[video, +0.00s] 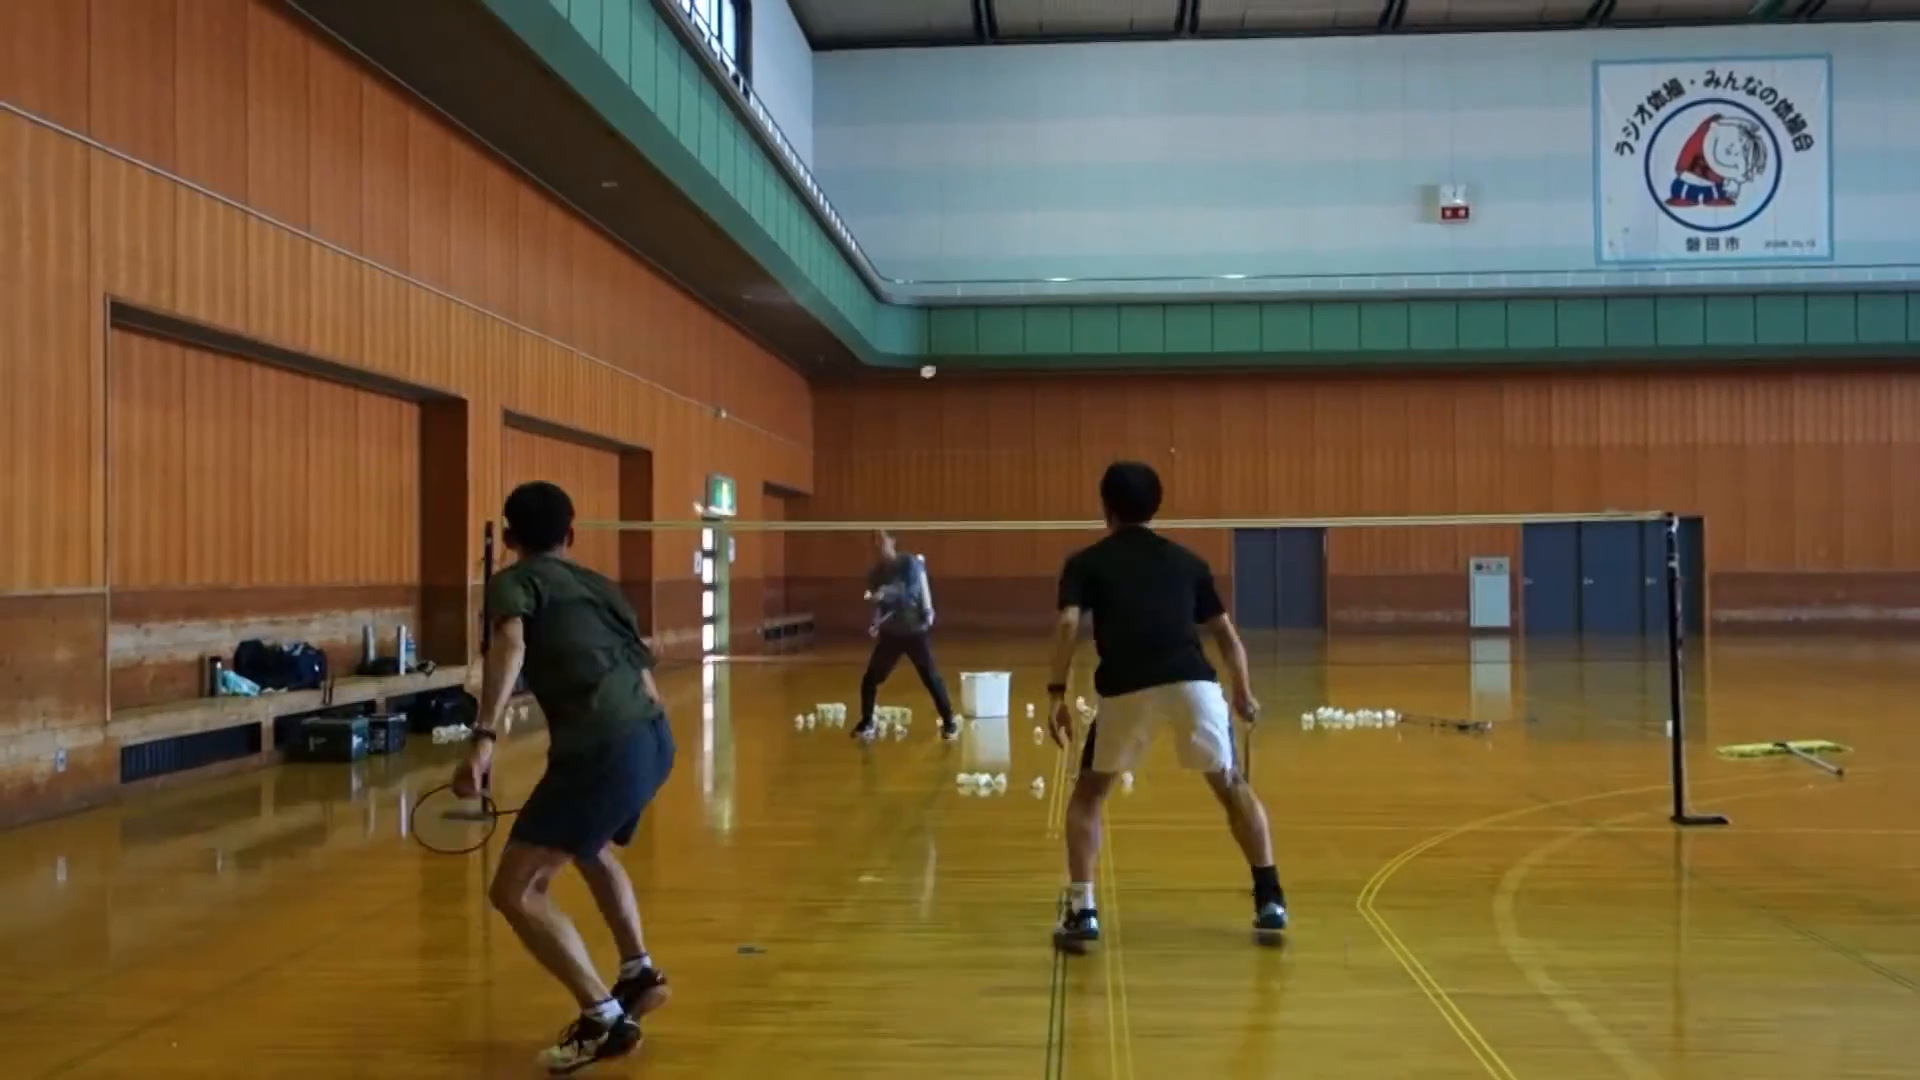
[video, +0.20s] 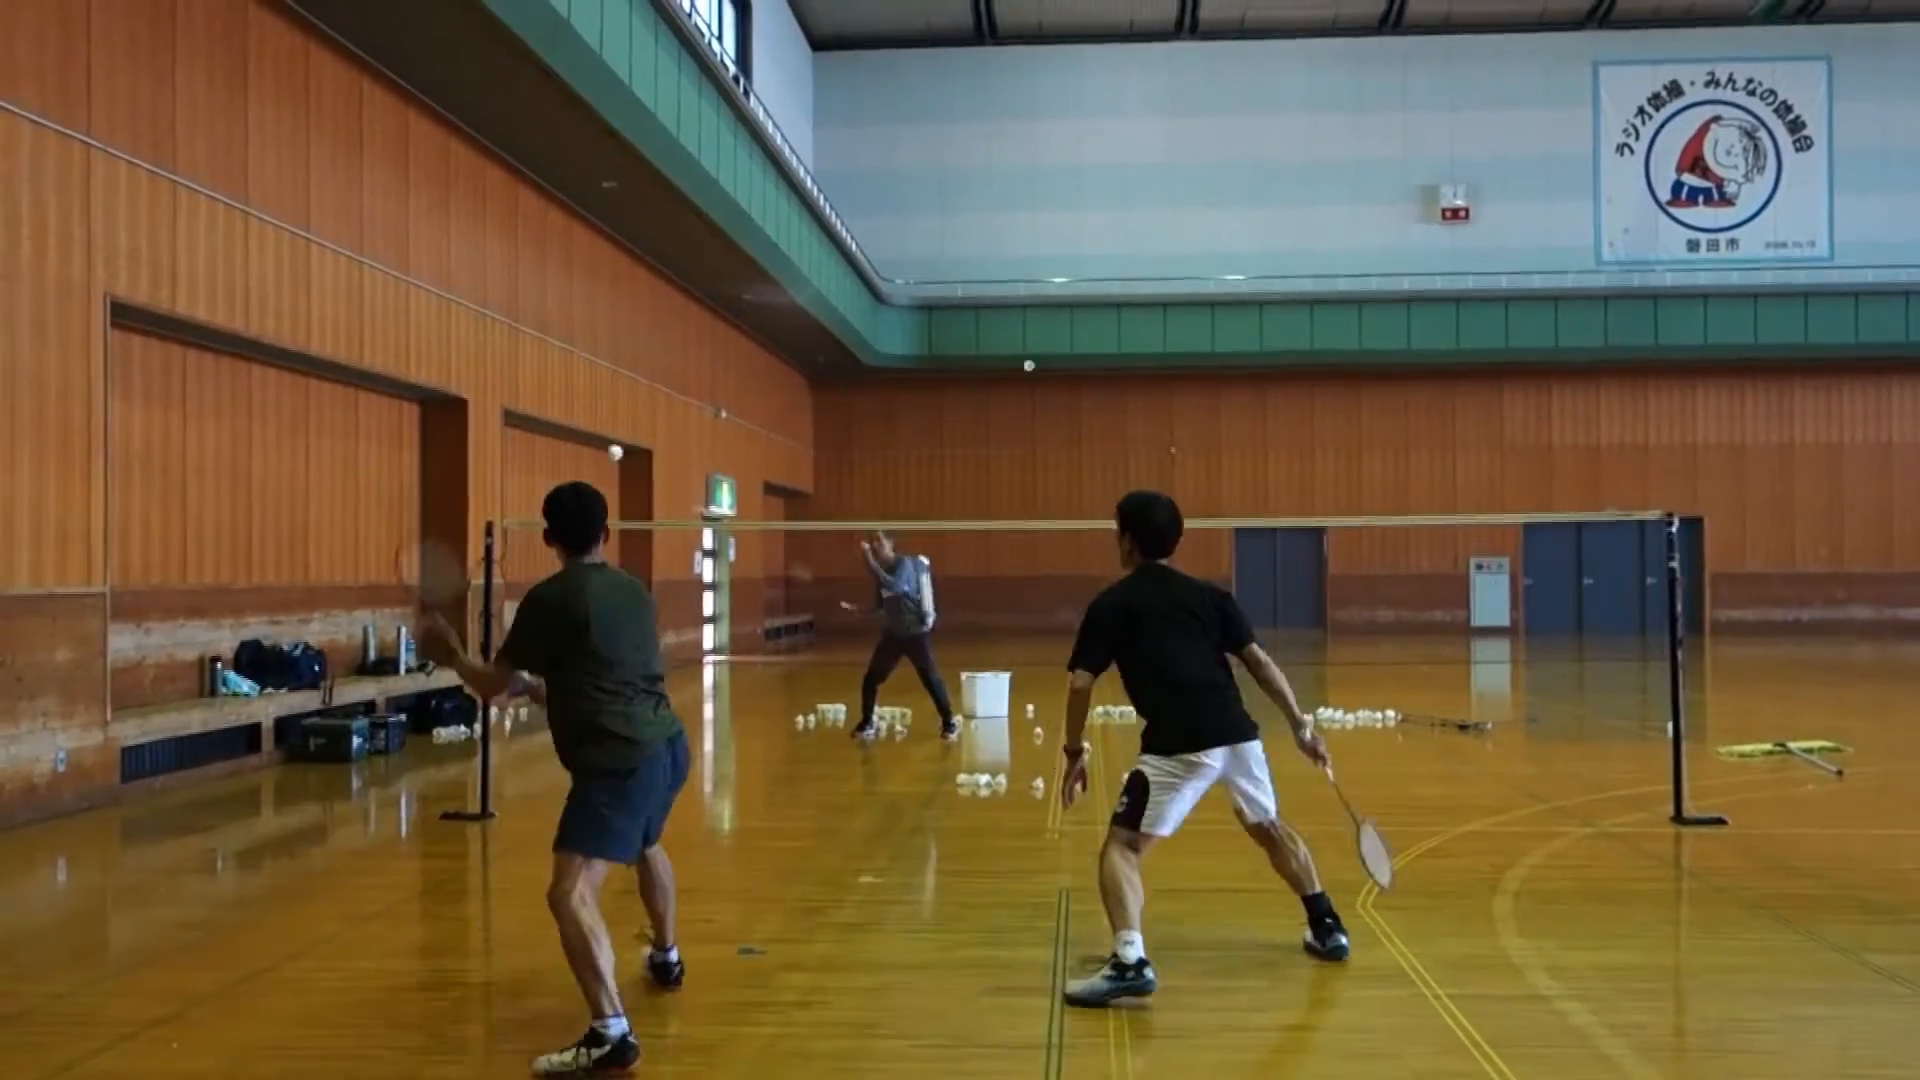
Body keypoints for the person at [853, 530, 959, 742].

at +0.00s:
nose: (881, 547)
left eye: (884, 541)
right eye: (878, 542)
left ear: (893, 542)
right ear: (874, 546)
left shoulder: (910, 563)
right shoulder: (877, 573)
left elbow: (911, 592)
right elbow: (880, 602)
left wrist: (882, 594)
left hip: (914, 630)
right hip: (890, 632)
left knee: (930, 677)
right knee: (870, 680)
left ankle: (949, 721)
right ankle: (867, 722)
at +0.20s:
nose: (878, 549)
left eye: (881, 544)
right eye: (874, 545)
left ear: (891, 544)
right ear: (873, 550)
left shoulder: (906, 564)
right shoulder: (881, 573)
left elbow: (896, 587)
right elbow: (880, 607)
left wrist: (872, 564)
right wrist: (857, 610)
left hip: (915, 633)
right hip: (893, 634)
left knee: (930, 679)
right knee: (871, 680)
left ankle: (948, 721)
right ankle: (867, 722)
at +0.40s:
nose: (886, 552)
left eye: (887, 546)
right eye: (882, 550)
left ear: (896, 546)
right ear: (879, 555)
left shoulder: (913, 561)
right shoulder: (885, 577)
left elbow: (891, 580)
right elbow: (863, 599)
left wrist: (857, 562)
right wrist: (847, 581)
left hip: (920, 633)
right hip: (897, 634)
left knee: (932, 678)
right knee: (874, 679)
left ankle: (948, 721)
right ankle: (867, 722)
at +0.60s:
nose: (889, 549)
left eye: (892, 544)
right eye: (886, 545)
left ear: (901, 544)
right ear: (884, 549)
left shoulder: (921, 565)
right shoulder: (885, 575)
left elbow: (932, 594)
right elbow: (877, 597)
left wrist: (914, 615)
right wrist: (871, 615)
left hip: (923, 635)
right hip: (897, 635)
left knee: (932, 678)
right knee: (875, 680)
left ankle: (948, 722)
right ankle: (867, 723)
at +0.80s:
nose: (887, 550)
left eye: (891, 545)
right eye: (884, 546)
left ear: (901, 545)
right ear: (882, 550)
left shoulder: (920, 566)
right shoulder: (882, 581)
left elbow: (944, 592)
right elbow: (885, 611)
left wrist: (940, 621)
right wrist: (890, 629)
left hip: (927, 636)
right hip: (901, 638)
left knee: (936, 682)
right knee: (875, 680)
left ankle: (948, 724)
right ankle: (867, 723)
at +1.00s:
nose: (884, 549)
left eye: (887, 543)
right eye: (881, 545)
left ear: (897, 544)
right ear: (878, 549)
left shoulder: (915, 567)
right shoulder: (882, 580)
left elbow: (933, 594)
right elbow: (883, 612)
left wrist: (920, 617)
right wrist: (870, 627)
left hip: (922, 636)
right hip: (897, 637)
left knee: (934, 683)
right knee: (872, 681)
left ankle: (947, 724)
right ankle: (866, 724)